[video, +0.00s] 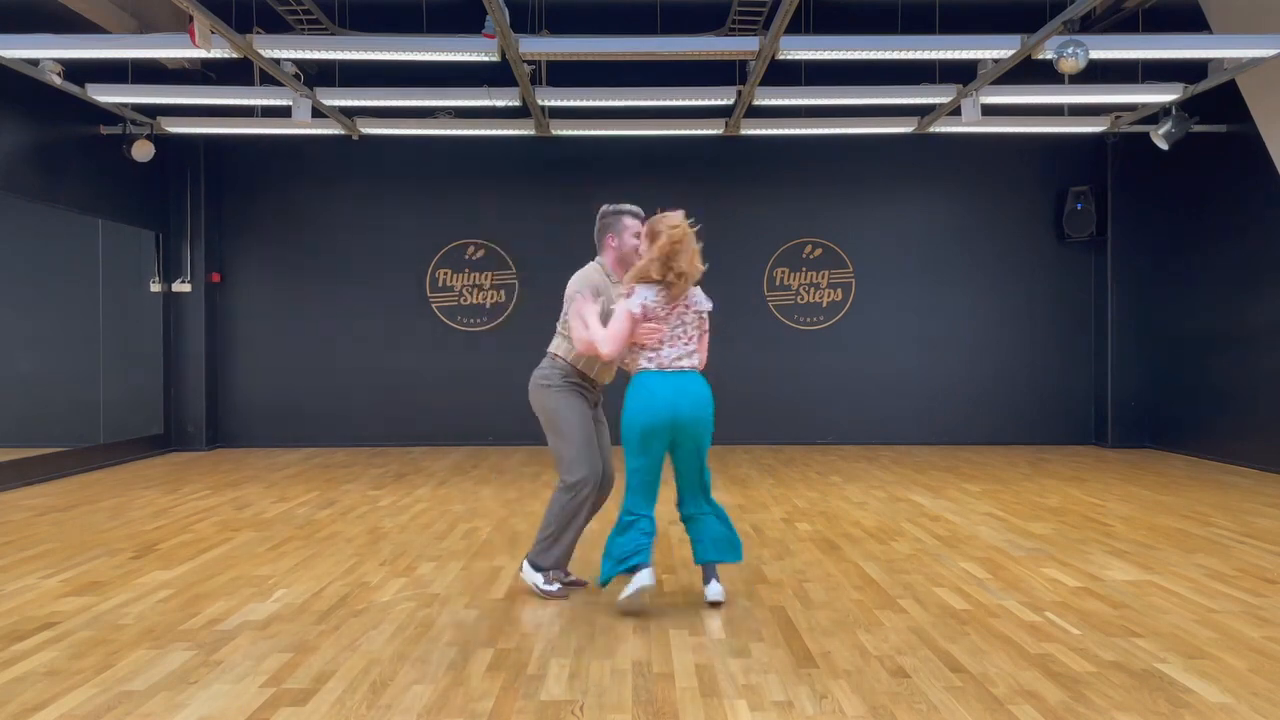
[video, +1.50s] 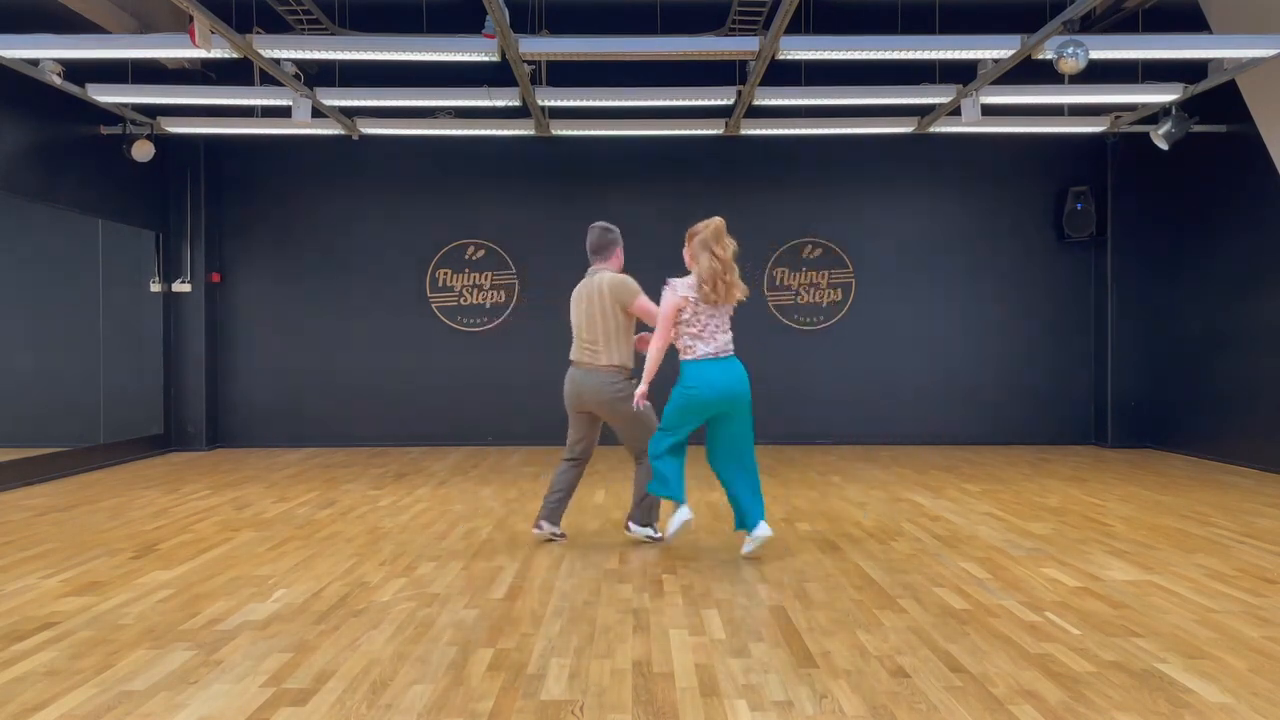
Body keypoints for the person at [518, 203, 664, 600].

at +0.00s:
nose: (644, 245)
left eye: (644, 237)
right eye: (636, 237)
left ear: (625, 242)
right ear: (612, 241)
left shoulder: (630, 290)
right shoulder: (586, 280)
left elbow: (630, 356)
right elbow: (586, 342)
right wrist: (626, 338)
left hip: (589, 390)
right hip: (558, 381)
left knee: (602, 478)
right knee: (582, 474)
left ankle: (553, 563)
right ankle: (538, 564)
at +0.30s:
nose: (602, 248)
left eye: (603, 241)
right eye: (593, 242)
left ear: (602, 245)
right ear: (569, 248)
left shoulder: (595, 293)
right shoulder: (554, 290)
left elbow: (608, 345)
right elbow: (534, 348)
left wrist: (648, 344)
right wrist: (585, 363)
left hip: (567, 391)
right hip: (541, 388)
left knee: (603, 461)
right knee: (572, 472)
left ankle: (582, 548)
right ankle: (536, 567)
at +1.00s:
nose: (549, 252)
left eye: (554, 244)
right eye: (540, 245)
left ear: (562, 248)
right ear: (527, 251)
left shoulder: (571, 288)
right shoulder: (512, 281)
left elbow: (602, 326)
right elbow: (484, 325)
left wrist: (646, 329)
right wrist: (523, 347)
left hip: (524, 378)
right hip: (489, 373)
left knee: (563, 433)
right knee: (518, 446)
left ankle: (540, 511)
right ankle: (490, 523)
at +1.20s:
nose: (573, 255)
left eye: (577, 248)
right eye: (565, 248)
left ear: (580, 253)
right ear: (546, 252)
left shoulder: (574, 297)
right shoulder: (534, 289)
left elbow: (590, 339)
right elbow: (519, 342)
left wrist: (626, 348)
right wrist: (570, 340)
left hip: (542, 384)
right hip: (519, 379)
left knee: (561, 451)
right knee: (540, 457)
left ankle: (525, 519)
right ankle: (480, 525)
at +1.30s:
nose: (593, 251)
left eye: (595, 246)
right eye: (586, 244)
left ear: (594, 250)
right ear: (564, 247)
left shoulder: (579, 290)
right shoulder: (558, 279)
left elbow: (587, 338)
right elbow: (564, 332)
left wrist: (622, 349)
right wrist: (605, 321)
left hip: (545, 374)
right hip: (539, 374)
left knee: (563, 440)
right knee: (593, 438)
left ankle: (540, 507)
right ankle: (541, 500)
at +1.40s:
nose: (611, 259)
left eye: (611, 253)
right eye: (604, 252)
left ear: (587, 257)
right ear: (583, 255)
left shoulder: (576, 286)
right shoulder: (581, 285)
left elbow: (586, 349)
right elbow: (615, 329)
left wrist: (623, 353)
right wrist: (641, 319)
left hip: (551, 382)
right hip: (567, 385)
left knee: (565, 457)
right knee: (630, 436)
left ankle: (542, 526)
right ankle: (622, 510)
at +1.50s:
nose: (623, 256)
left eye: (622, 251)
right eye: (622, 251)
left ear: (590, 254)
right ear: (618, 252)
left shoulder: (579, 290)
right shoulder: (621, 284)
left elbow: (592, 337)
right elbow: (662, 322)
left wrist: (633, 342)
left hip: (576, 379)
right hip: (611, 382)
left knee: (575, 454)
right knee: (649, 450)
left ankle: (548, 519)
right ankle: (641, 520)